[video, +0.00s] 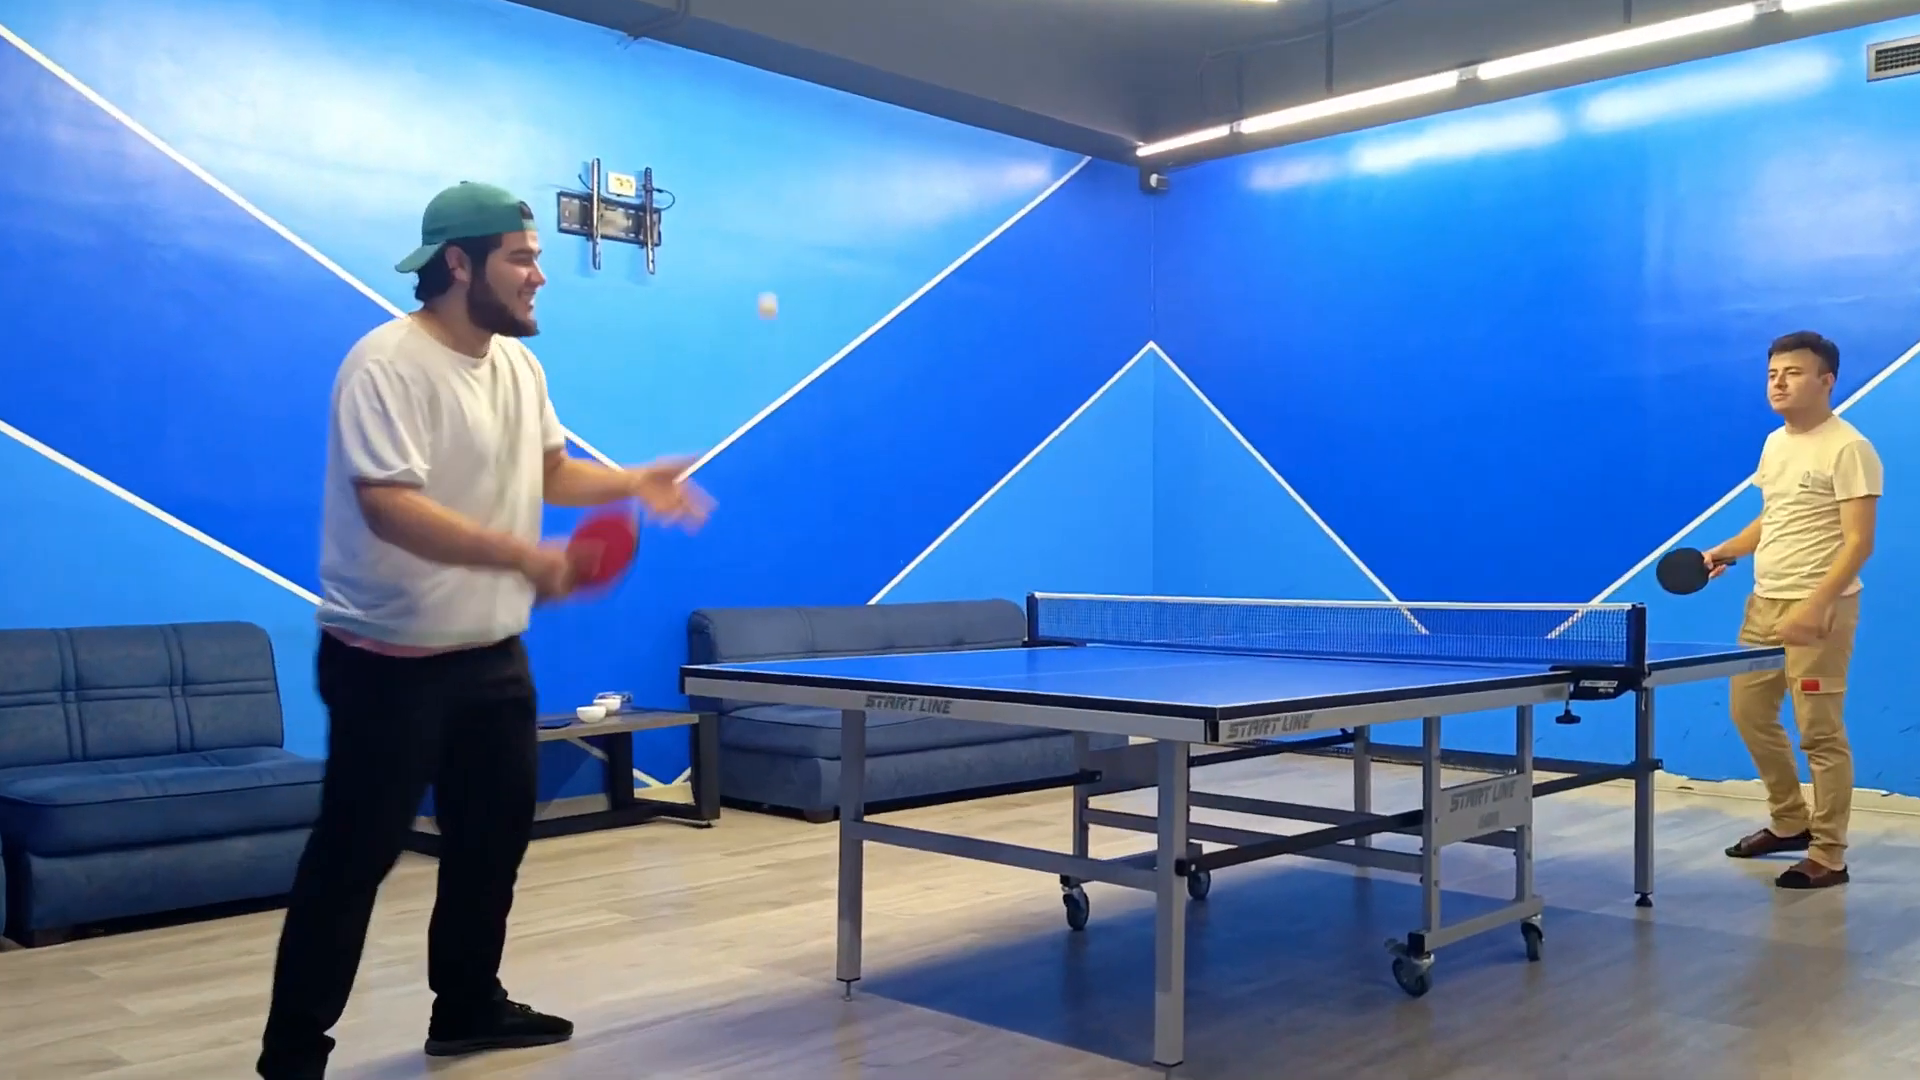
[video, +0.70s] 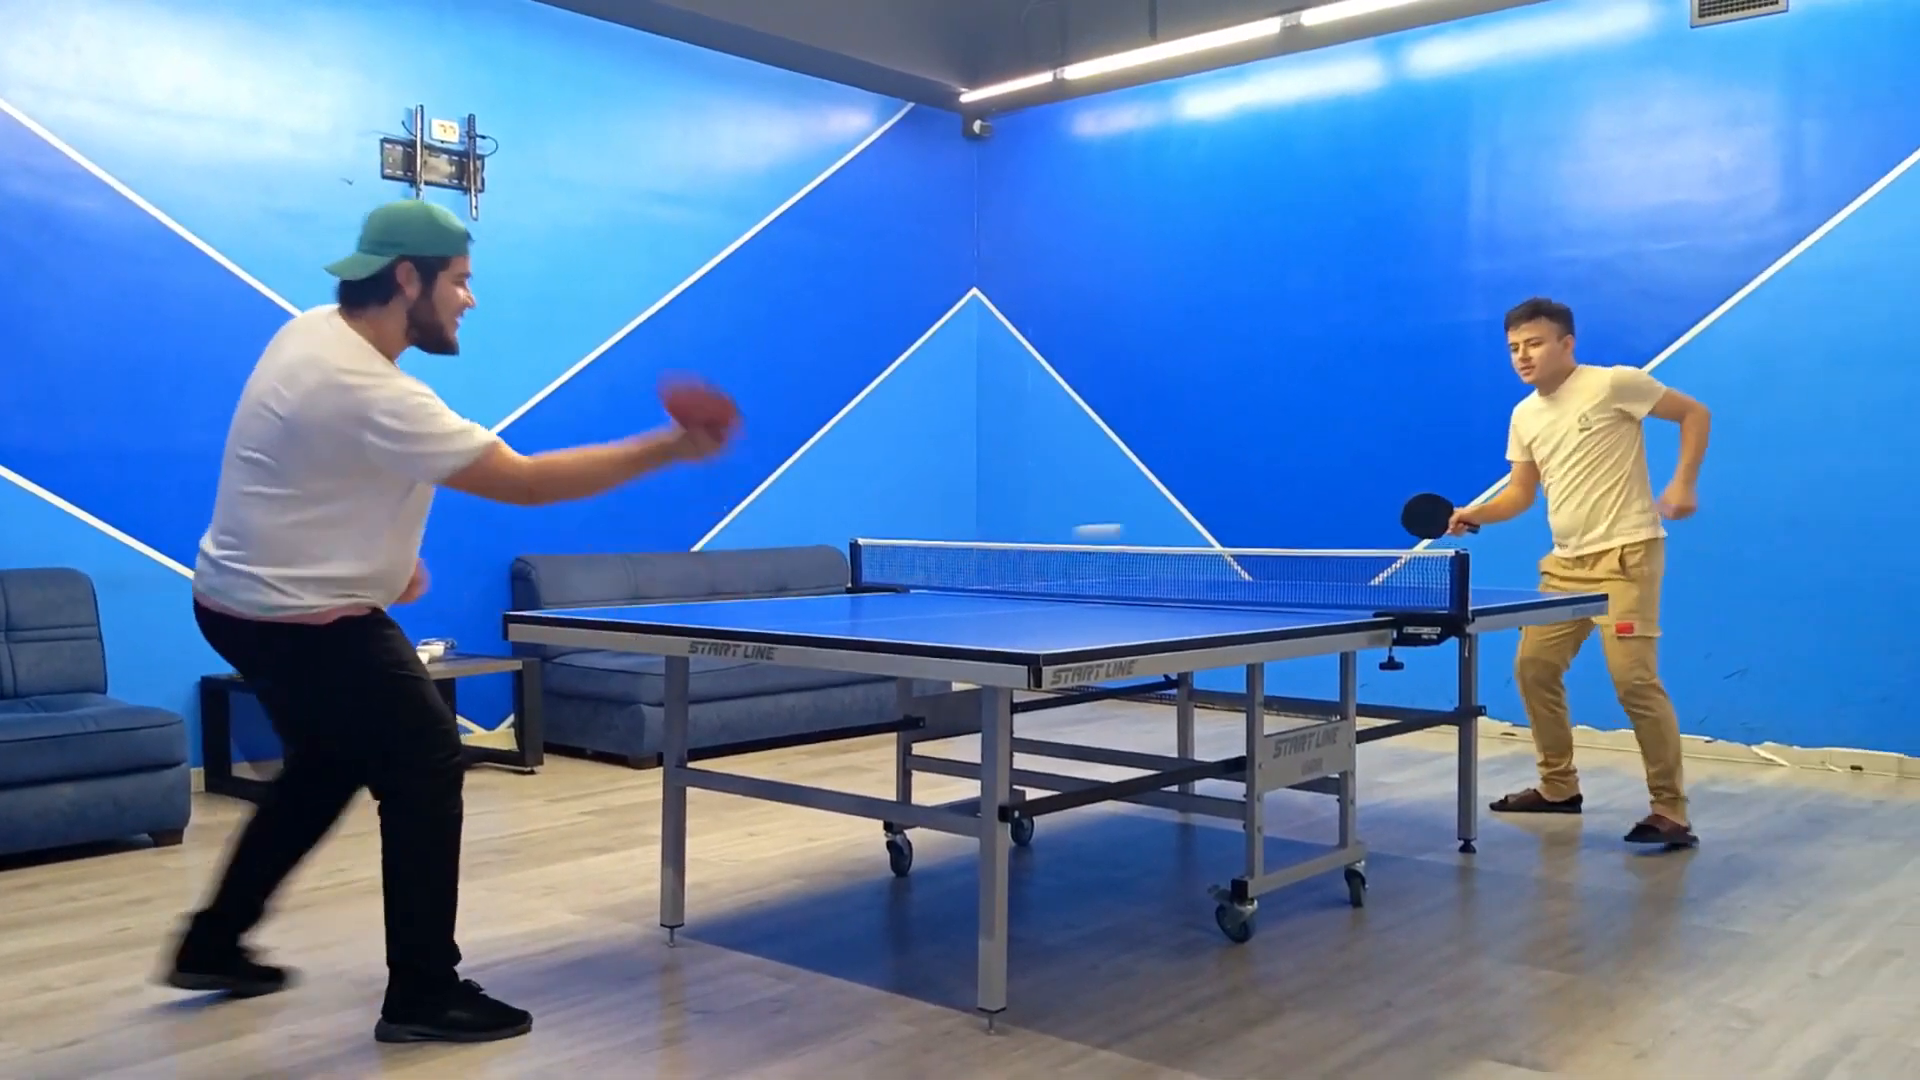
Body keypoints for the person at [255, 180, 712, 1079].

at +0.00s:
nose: (538, 275)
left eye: (537, 259)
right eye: (522, 259)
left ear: (483, 268)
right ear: (460, 265)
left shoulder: (517, 364)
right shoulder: (382, 366)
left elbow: (549, 471)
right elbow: (388, 508)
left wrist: (631, 481)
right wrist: (526, 556)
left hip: (490, 653)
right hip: (386, 661)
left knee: (493, 836)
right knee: (351, 857)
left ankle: (469, 1007)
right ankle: (293, 1051)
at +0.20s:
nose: (560, 240)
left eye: (559, 225)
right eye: (542, 225)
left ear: (527, 239)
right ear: (480, 235)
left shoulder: (540, 334)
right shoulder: (405, 337)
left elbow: (539, 448)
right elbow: (390, 487)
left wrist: (568, 523)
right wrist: (524, 472)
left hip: (516, 604)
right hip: (426, 605)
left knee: (506, 791)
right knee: (455, 791)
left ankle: (463, 972)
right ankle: (386, 1011)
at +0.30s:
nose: (583, 248)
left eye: (583, 233)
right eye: (568, 233)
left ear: (533, 243)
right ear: (506, 238)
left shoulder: (556, 327)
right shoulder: (421, 337)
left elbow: (543, 442)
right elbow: (392, 489)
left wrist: (563, 520)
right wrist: (529, 486)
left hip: (520, 585)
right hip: (434, 587)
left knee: (508, 763)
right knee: (510, 752)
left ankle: (453, 958)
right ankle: (502, 994)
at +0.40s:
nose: (576, 280)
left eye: (576, 263)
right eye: (561, 263)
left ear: (520, 266)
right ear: (497, 264)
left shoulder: (525, 351)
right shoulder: (414, 368)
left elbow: (504, 484)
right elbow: (401, 525)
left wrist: (552, 535)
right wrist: (528, 553)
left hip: (483, 592)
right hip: (410, 596)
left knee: (491, 765)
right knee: (518, 753)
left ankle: (416, 946)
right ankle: (538, 987)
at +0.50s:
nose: (516, 310)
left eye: (516, 292)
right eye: (502, 292)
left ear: (444, 291)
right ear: (442, 291)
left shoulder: (416, 350)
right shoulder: (388, 409)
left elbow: (434, 459)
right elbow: (524, 565)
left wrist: (479, 540)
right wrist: (653, 600)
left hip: (386, 595)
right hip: (338, 608)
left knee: (443, 757)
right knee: (469, 759)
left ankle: (341, 942)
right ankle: (467, 989)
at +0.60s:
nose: (482, 321)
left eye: (483, 303)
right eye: (474, 301)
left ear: (407, 296)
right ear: (417, 297)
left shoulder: (326, 343)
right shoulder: (382, 412)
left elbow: (362, 454)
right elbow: (536, 500)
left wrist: (421, 534)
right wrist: (685, 518)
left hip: (262, 600)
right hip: (311, 619)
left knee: (390, 752)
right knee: (433, 758)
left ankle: (286, 943)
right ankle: (424, 991)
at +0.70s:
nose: (468, 298)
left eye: (468, 280)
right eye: (458, 280)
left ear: (398, 280)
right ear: (404, 279)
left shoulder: (309, 337)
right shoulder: (369, 392)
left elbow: (297, 482)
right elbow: (524, 480)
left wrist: (381, 562)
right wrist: (675, 442)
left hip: (250, 602)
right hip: (310, 616)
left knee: (332, 761)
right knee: (426, 758)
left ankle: (211, 942)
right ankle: (423, 992)